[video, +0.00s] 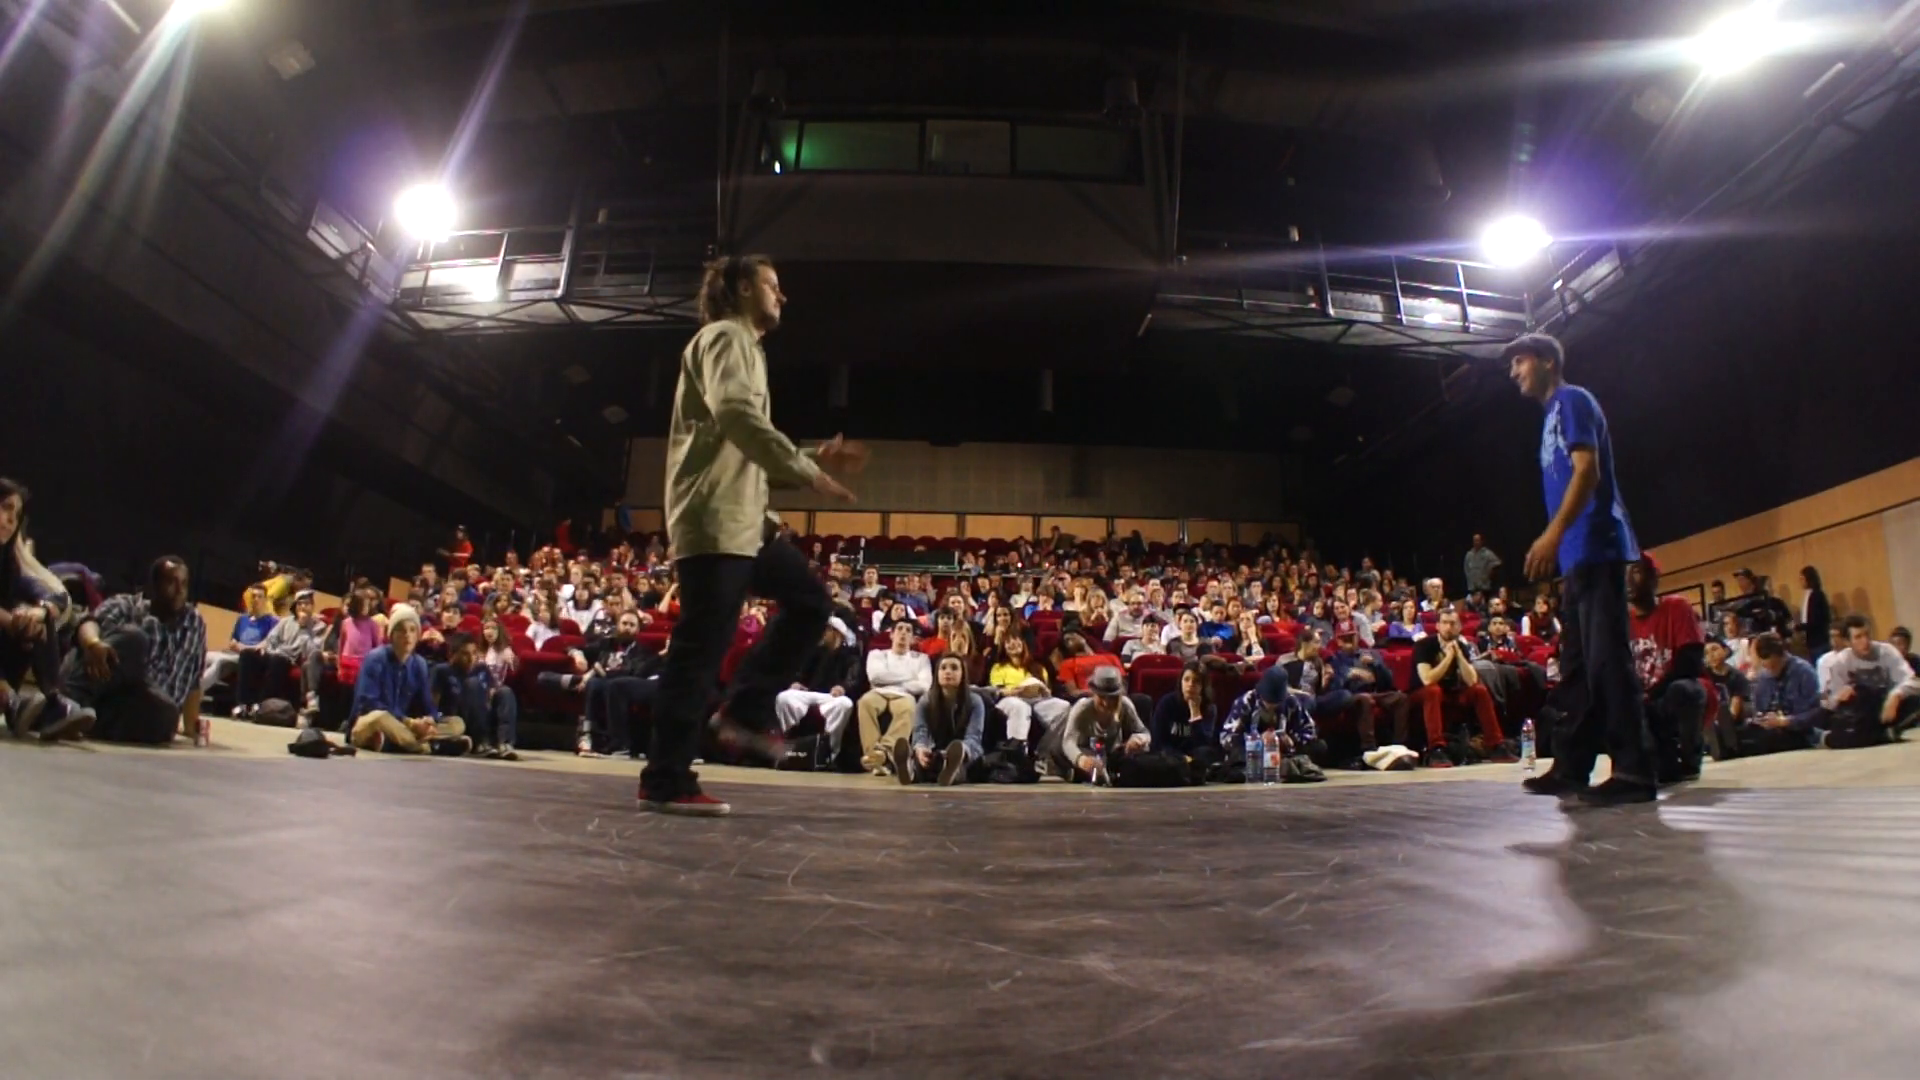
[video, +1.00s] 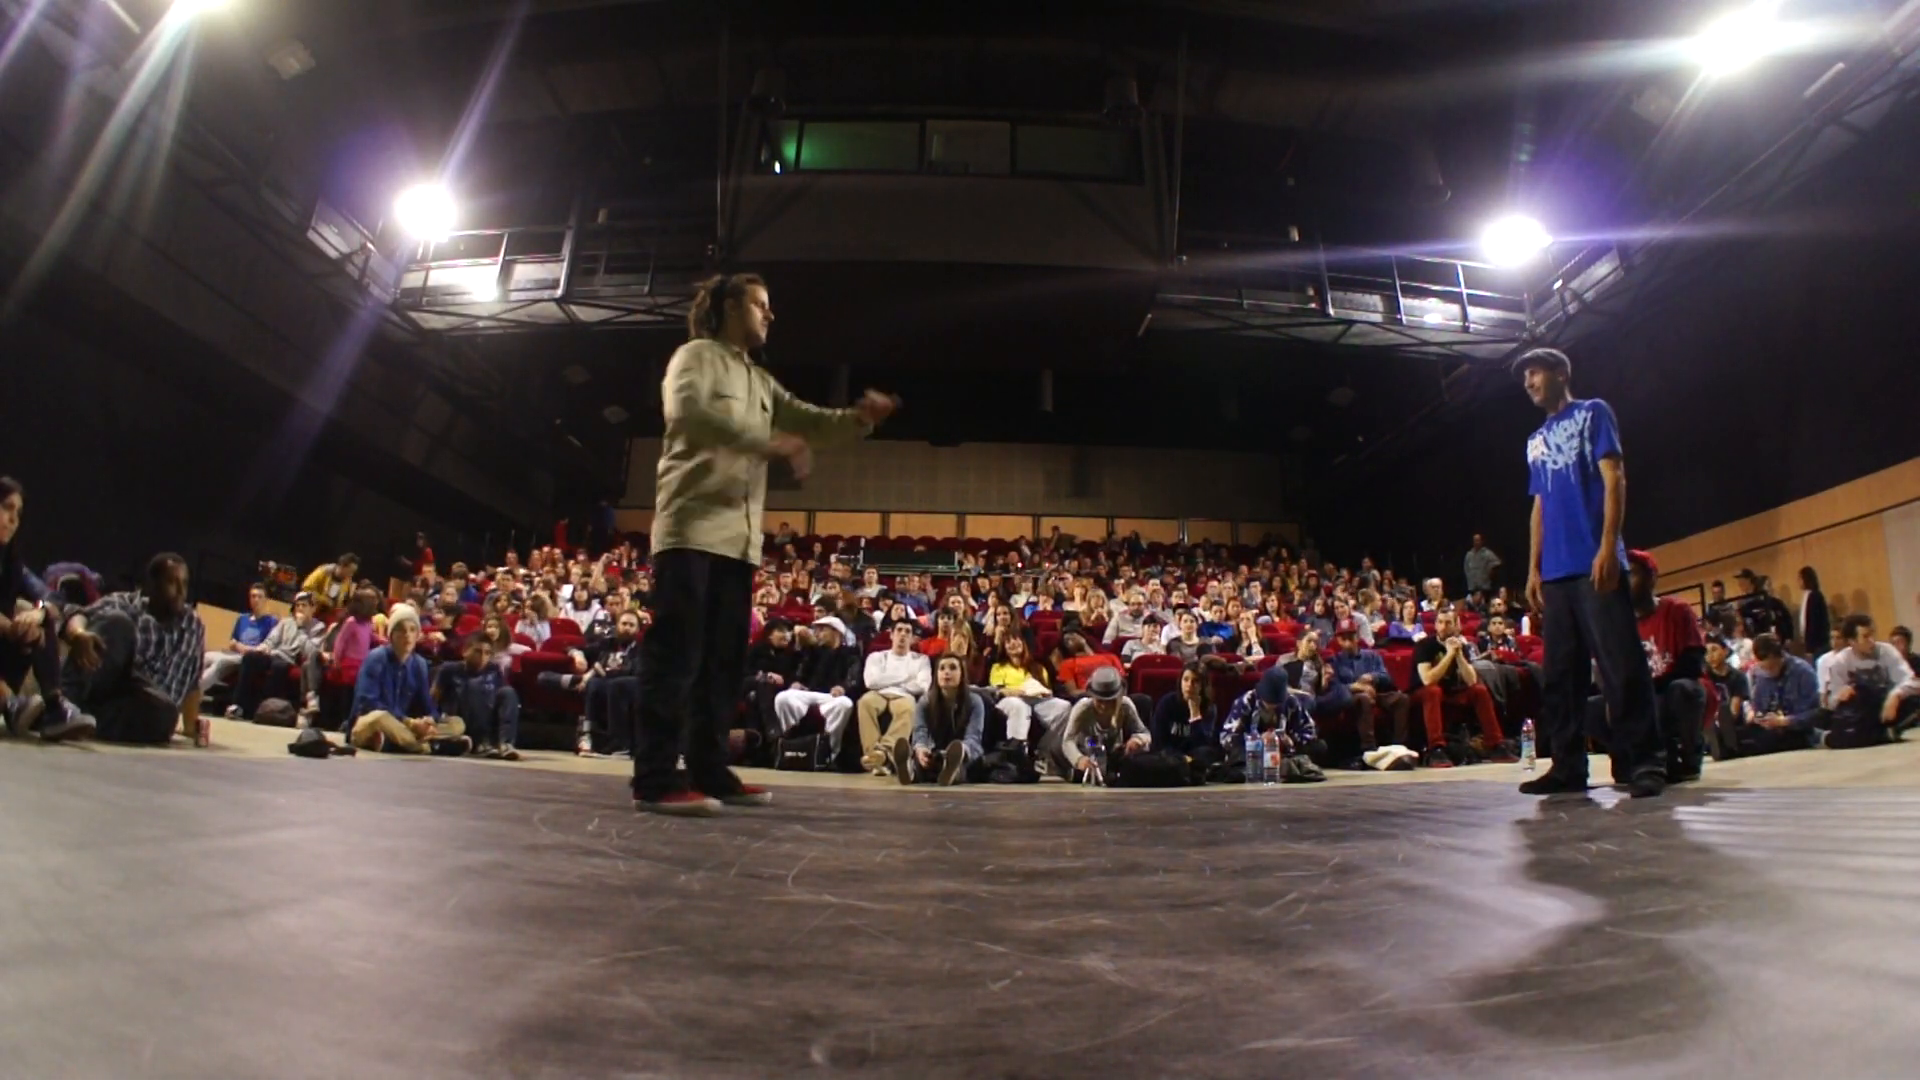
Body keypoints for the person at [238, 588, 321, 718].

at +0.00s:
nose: (303, 607)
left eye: (307, 604)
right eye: (300, 604)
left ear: (313, 606)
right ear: (296, 606)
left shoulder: (318, 627)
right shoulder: (286, 622)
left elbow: (309, 653)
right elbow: (271, 638)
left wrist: (304, 628)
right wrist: (265, 647)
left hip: (292, 659)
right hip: (272, 654)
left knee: (276, 660)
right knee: (247, 655)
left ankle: (261, 705)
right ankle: (242, 703)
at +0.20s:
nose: (301, 608)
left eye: (305, 604)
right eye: (298, 604)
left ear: (311, 606)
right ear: (294, 607)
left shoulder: (318, 627)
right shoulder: (285, 623)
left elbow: (310, 652)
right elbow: (270, 639)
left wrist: (301, 628)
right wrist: (259, 647)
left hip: (290, 660)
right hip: (270, 656)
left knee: (276, 666)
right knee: (246, 656)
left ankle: (270, 709)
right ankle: (241, 705)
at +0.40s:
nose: (300, 608)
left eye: (304, 604)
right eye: (297, 604)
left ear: (311, 607)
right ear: (294, 608)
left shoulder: (318, 628)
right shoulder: (286, 623)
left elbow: (310, 653)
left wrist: (301, 627)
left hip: (291, 660)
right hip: (272, 655)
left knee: (278, 666)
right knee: (246, 655)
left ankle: (270, 709)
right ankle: (241, 705)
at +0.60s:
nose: (300, 608)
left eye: (304, 605)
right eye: (297, 605)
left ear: (312, 609)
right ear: (294, 608)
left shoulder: (318, 628)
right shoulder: (285, 623)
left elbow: (309, 652)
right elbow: (271, 640)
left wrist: (301, 627)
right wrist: (262, 646)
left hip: (289, 659)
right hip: (271, 654)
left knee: (278, 668)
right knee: (248, 657)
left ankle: (270, 709)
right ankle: (239, 704)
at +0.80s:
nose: (300, 608)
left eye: (305, 605)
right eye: (298, 605)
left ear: (313, 608)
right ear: (294, 608)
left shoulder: (318, 627)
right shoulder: (285, 623)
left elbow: (309, 652)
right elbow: (271, 640)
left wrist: (301, 628)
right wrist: (264, 648)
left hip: (291, 659)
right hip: (273, 654)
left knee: (279, 666)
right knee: (250, 657)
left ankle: (272, 709)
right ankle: (240, 705)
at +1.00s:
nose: (300, 609)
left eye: (304, 605)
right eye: (298, 605)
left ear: (313, 608)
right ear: (294, 607)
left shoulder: (318, 628)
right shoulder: (285, 623)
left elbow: (309, 651)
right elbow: (271, 640)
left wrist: (301, 628)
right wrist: (264, 648)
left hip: (291, 660)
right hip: (273, 655)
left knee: (278, 666)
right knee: (250, 657)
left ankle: (269, 709)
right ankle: (238, 705)